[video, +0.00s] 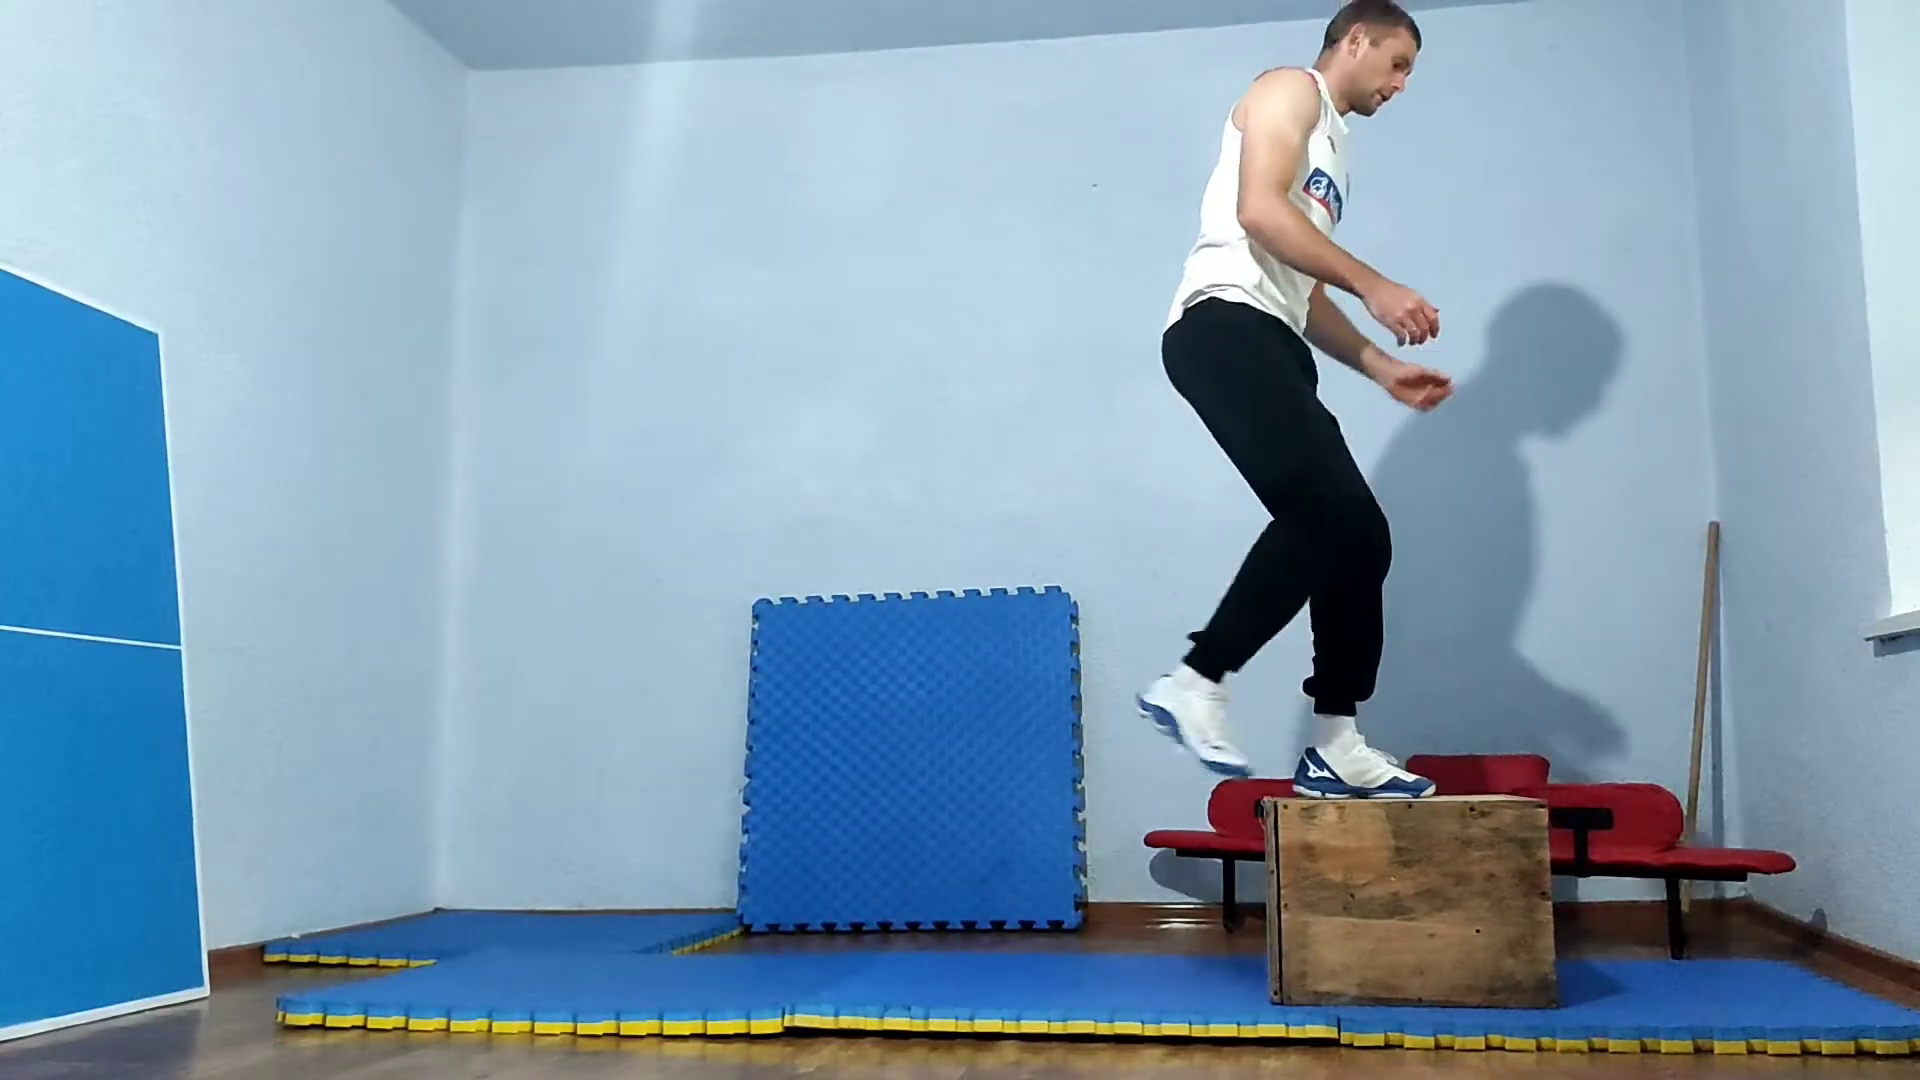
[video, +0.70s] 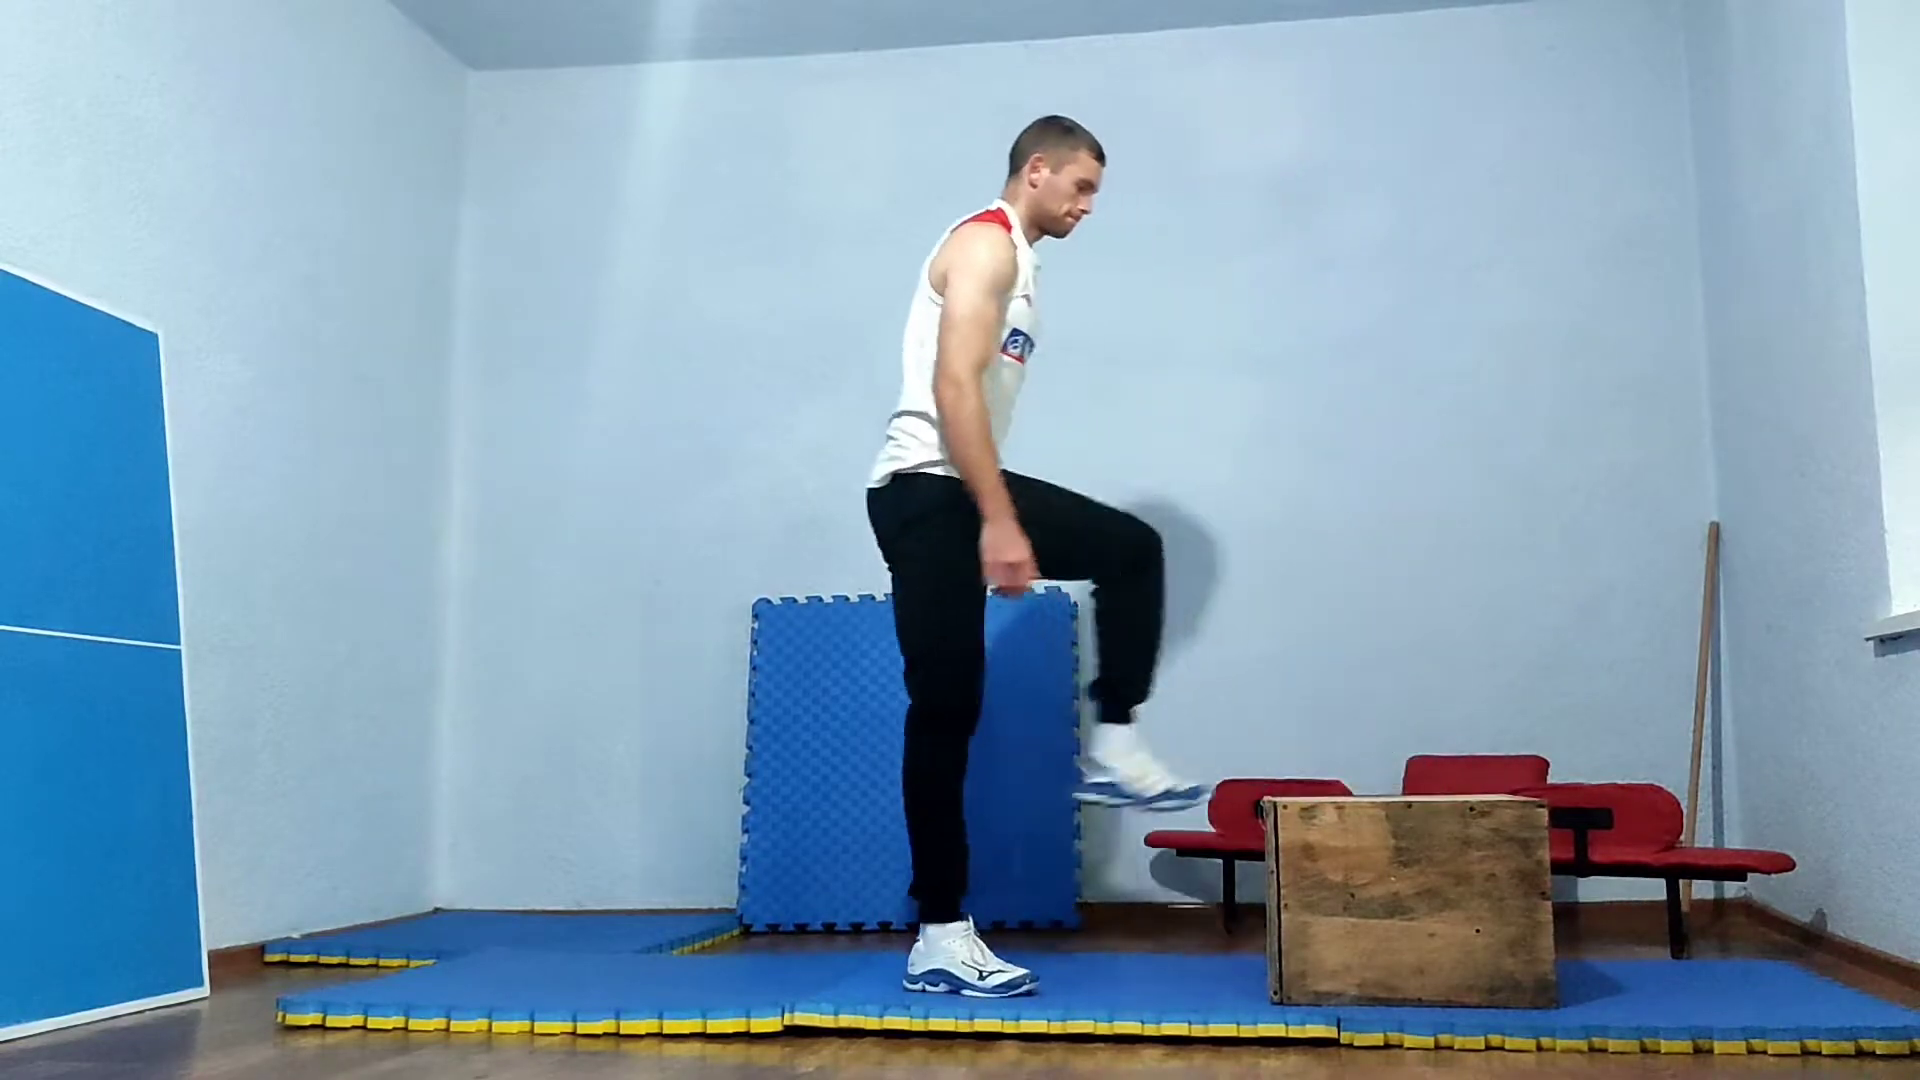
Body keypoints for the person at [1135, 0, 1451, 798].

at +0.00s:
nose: (1400, 85)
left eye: (1408, 73)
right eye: (1397, 64)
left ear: (1358, 49)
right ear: (1353, 41)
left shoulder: (1333, 152)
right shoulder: (1289, 90)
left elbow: (1306, 300)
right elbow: (1261, 209)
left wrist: (1382, 366)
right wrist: (1373, 285)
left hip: (1269, 343)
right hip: (1225, 322)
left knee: (1362, 536)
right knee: (1322, 512)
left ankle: (1334, 743)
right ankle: (1192, 685)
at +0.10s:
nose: (1376, 104)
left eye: (1383, 92)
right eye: (1373, 84)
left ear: (1347, 75)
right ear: (1329, 60)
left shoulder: (1310, 160)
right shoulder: (1270, 110)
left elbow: (1266, 301)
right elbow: (1241, 233)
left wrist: (1293, 384)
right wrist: (1343, 317)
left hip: (1260, 370)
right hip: (1207, 346)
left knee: (1363, 537)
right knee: (1255, 551)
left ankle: (1337, 743)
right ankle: (1109, 726)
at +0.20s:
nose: (1345, 133)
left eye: (1352, 121)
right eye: (1343, 113)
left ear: (1313, 102)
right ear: (1299, 91)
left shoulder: (1276, 180)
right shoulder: (1242, 139)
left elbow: (1221, 294)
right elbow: (1213, 259)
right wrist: (1314, 353)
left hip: (1228, 403)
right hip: (1180, 386)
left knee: (1363, 537)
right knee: (1171, 596)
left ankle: (1338, 746)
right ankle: (1048, 797)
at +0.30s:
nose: (1300, 170)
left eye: (1306, 158)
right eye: (1295, 150)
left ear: (1259, 140)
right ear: (1250, 131)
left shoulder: (1228, 215)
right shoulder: (1201, 179)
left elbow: (1175, 342)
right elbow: (1177, 303)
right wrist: (1287, 391)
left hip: (1195, 451)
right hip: (1137, 441)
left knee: (1350, 537)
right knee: (1097, 651)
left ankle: (1336, 742)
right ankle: (1014, 867)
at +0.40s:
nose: (1229, 213)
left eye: (1236, 201)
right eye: (1226, 193)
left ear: (1188, 179)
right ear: (1181, 170)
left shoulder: (1153, 261)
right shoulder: (1126, 234)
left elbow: (1102, 399)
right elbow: (1129, 367)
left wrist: (1050, 510)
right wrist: (1245, 444)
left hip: (1143, 496)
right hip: (1091, 500)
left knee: (1317, 538)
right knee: (1061, 709)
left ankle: (1335, 745)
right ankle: (966, 916)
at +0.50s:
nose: (1167, 224)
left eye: (1174, 210)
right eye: (1164, 204)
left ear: (1129, 193)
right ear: (1116, 184)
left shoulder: (1091, 273)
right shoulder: (1058, 255)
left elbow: (1045, 416)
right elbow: (1075, 402)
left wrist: (989, 520)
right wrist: (1186, 491)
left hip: (1092, 507)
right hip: (1036, 513)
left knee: (1254, 541)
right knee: (1037, 715)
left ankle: (1327, 739)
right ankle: (949, 935)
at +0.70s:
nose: (1087, 206)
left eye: (1093, 194)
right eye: (1080, 188)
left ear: (1044, 178)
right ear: (1031, 173)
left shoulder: (1014, 255)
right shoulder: (986, 246)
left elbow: (965, 395)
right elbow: (954, 389)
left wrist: (987, 508)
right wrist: (998, 518)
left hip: (969, 484)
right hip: (925, 492)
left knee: (1131, 549)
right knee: (945, 705)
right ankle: (940, 933)